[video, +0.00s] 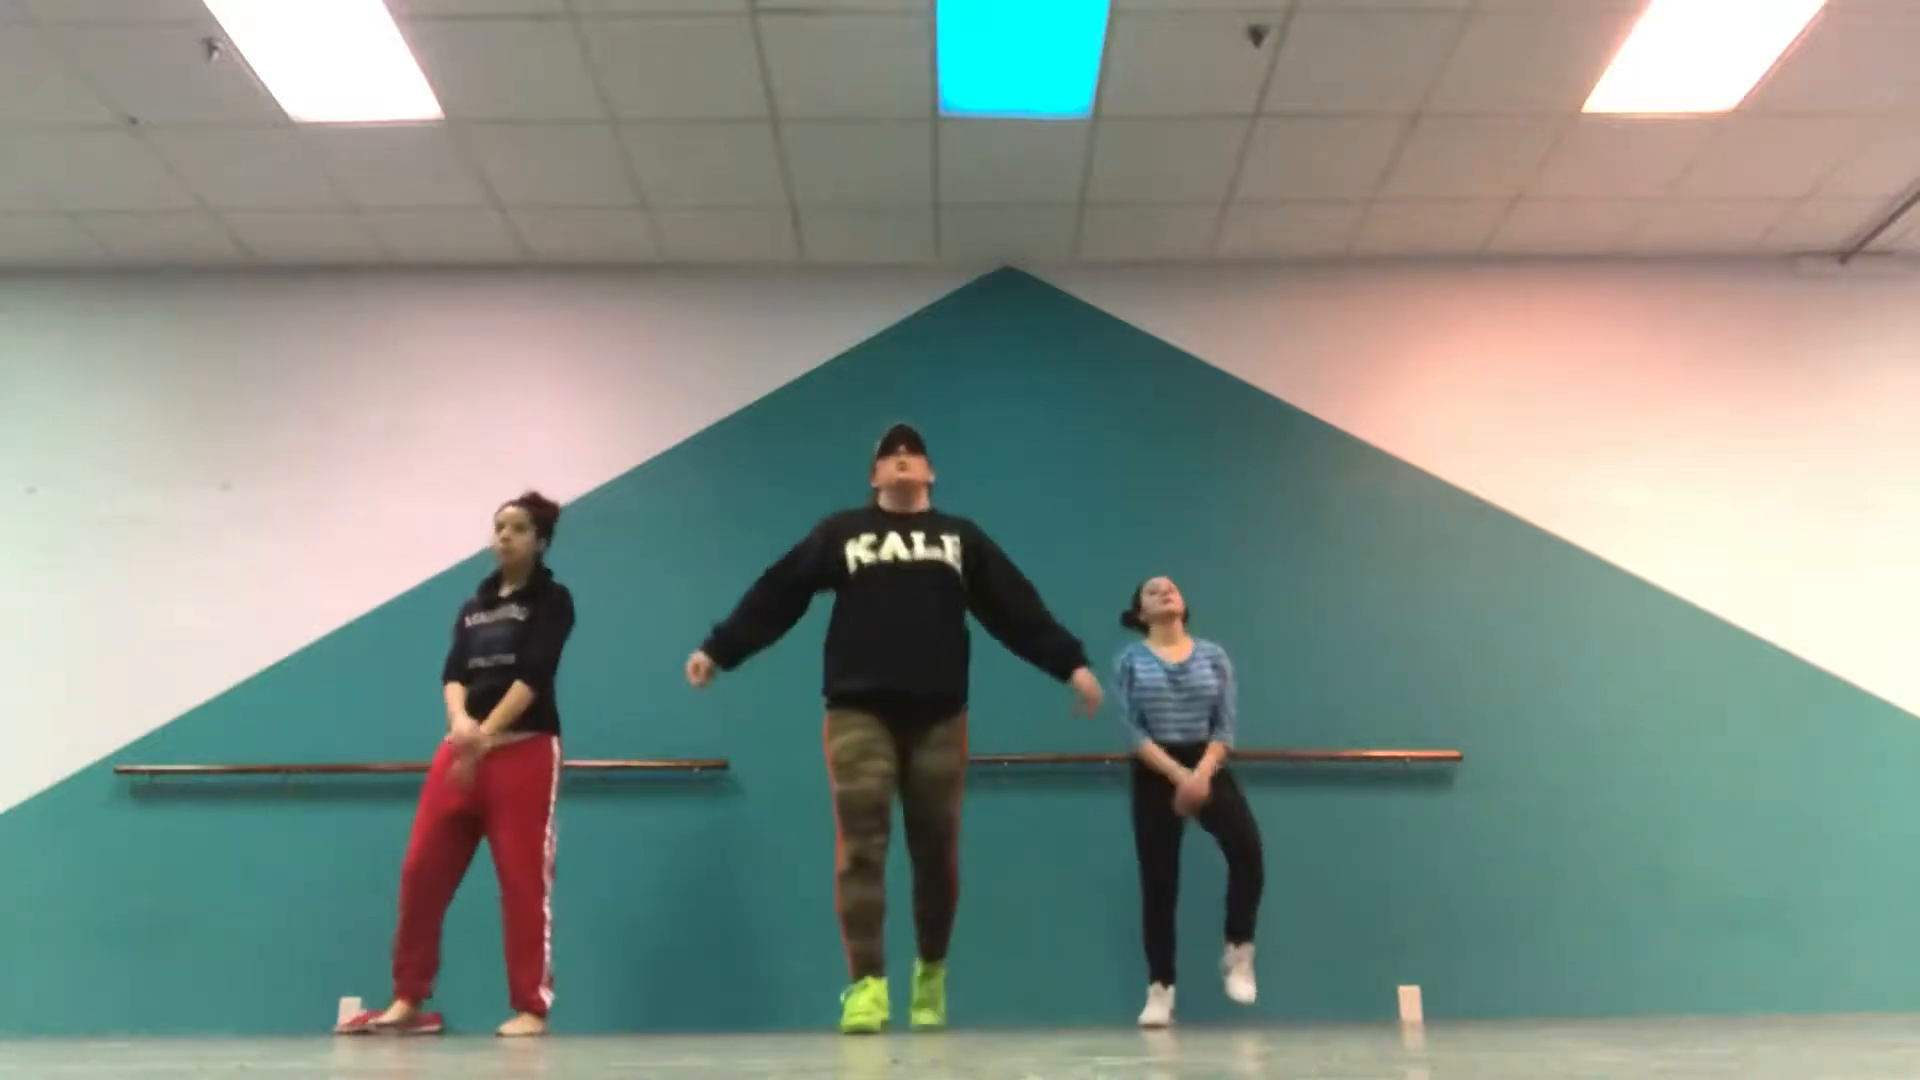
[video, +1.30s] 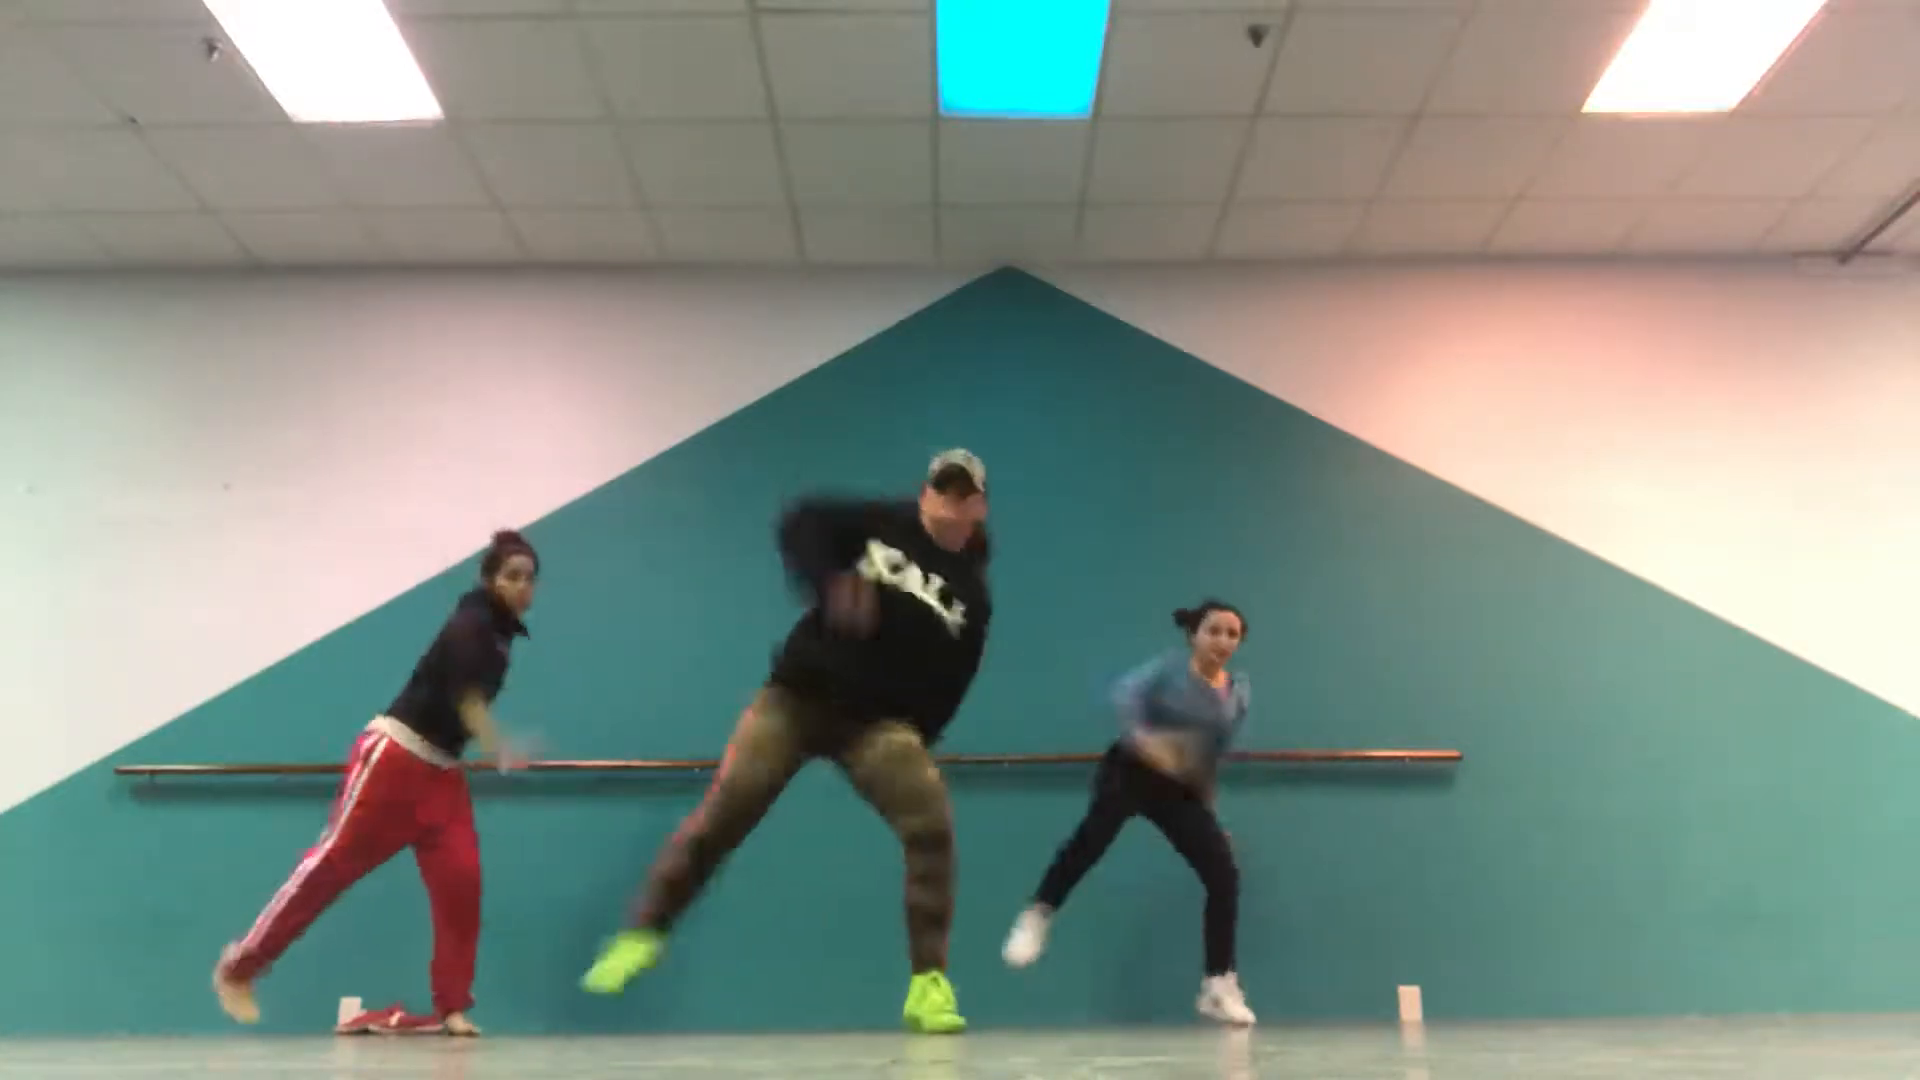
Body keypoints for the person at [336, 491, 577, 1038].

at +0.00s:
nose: (504, 537)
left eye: (516, 530)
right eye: (500, 528)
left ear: (539, 540)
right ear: (493, 536)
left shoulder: (553, 600)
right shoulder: (475, 603)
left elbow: (532, 677)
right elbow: (454, 673)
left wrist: (485, 737)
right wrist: (459, 721)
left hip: (523, 752)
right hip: (464, 747)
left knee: (524, 879)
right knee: (422, 871)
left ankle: (531, 1010)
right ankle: (410, 1001)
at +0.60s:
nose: (468, 543)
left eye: (480, 537)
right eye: (464, 535)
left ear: (503, 548)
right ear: (456, 543)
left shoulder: (520, 611)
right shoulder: (427, 608)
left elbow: (532, 692)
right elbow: (409, 685)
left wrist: (531, 763)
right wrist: (397, 742)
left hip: (490, 754)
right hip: (426, 754)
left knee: (481, 865)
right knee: (415, 879)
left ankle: (487, 991)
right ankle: (417, 1004)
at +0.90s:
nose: (508, 561)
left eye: (520, 553)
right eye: (501, 550)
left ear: (534, 564)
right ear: (487, 553)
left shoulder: (536, 631)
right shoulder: (447, 611)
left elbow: (524, 711)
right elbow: (392, 671)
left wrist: (519, 778)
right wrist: (326, 668)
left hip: (489, 771)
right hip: (423, 761)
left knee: (481, 886)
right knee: (394, 869)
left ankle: (463, 1008)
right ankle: (395, 993)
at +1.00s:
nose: (526, 572)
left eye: (536, 565)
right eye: (518, 561)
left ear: (548, 575)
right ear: (502, 564)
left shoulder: (538, 641)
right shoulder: (457, 602)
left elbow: (512, 714)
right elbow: (379, 606)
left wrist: (506, 781)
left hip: (482, 775)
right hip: (419, 761)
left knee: (476, 891)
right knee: (380, 848)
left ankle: (459, 1008)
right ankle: (347, 951)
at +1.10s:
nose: (530, 586)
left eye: (540, 578)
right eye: (522, 575)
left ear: (549, 587)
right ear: (504, 576)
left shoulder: (535, 648)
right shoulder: (473, 608)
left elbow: (495, 709)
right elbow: (445, 584)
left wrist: (488, 762)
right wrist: (421, 563)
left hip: (471, 781)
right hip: (412, 764)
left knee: (474, 896)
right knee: (367, 852)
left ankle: (457, 1010)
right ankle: (301, 914)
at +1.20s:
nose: (534, 584)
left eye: (542, 575)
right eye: (525, 574)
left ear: (548, 583)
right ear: (504, 576)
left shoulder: (527, 639)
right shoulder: (480, 604)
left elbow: (481, 692)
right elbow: (440, 600)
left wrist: (466, 750)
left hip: (455, 775)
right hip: (403, 757)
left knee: (463, 890)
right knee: (349, 864)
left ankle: (457, 1010)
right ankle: (264, 923)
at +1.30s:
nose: (525, 587)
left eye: (531, 577)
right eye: (515, 576)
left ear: (535, 584)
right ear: (491, 580)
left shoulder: (498, 632)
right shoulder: (473, 621)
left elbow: (457, 695)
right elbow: (466, 696)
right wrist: (500, 747)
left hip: (441, 776)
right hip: (392, 761)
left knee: (460, 882)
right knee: (332, 866)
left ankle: (453, 1008)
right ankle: (239, 968)